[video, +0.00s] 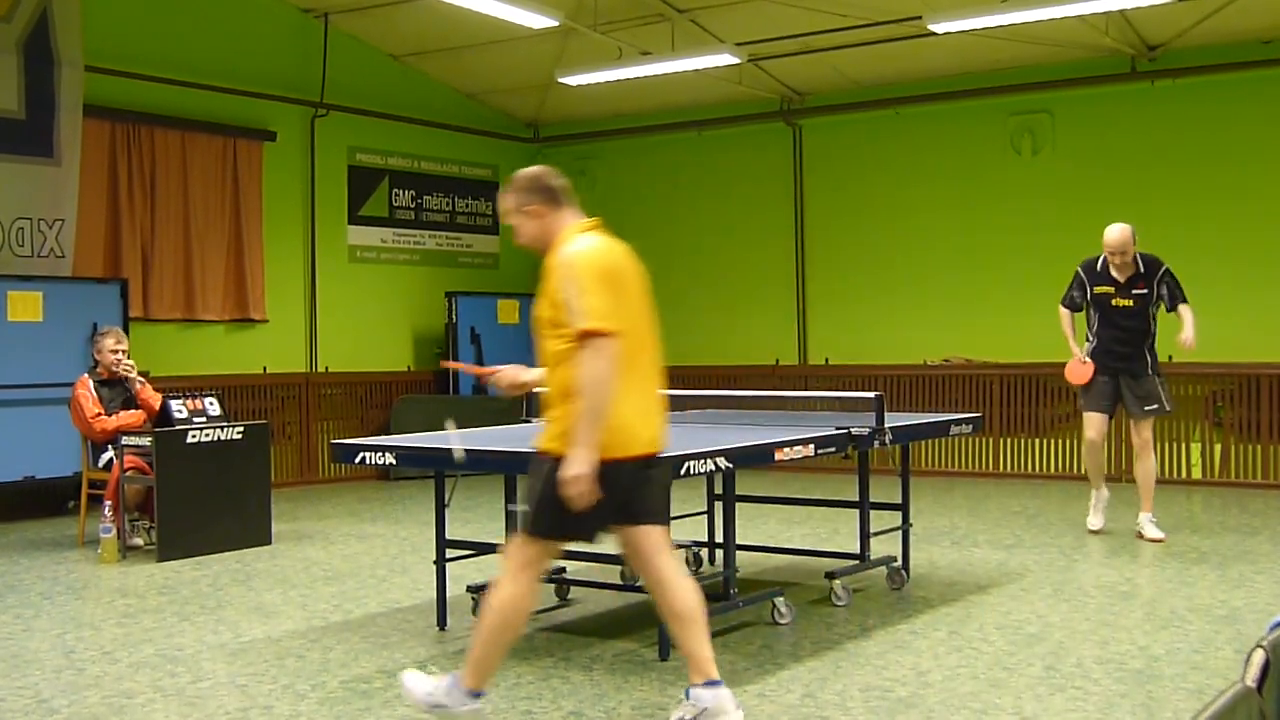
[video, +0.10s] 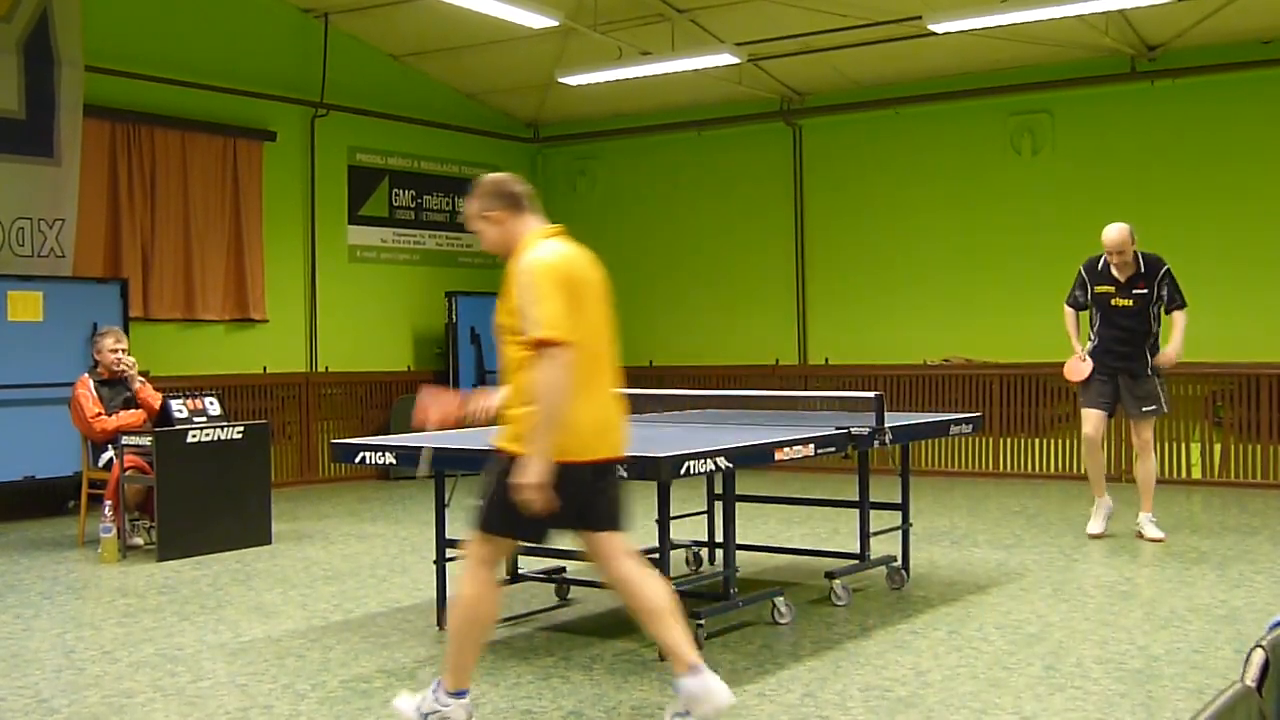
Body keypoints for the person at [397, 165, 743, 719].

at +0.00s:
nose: (514, 235)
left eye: (513, 221)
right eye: (510, 223)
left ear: (538, 209)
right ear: (552, 207)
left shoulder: (576, 255)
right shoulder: (611, 251)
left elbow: (600, 351)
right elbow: (613, 360)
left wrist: (584, 449)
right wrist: (533, 377)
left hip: (580, 449)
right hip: (634, 446)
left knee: (521, 566)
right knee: (658, 562)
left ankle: (466, 686)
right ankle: (709, 687)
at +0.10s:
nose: (479, 241)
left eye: (478, 228)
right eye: (475, 230)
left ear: (502, 216)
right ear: (522, 211)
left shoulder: (538, 262)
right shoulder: (575, 256)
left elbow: (554, 359)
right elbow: (570, 362)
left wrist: (539, 456)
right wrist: (500, 398)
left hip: (540, 449)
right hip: (593, 447)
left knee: (481, 556)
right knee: (616, 555)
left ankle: (451, 693)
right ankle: (696, 677)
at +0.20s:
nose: (429, 238)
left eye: (427, 226)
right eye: (426, 227)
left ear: (444, 215)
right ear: (477, 207)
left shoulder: (481, 261)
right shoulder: (529, 256)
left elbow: (482, 357)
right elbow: (539, 355)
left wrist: (454, 440)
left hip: (489, 444)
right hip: (540, 443)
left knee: (442, 556)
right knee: (528, 554)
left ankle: (446, 693)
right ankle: (621, 641)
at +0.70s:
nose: (338, 233)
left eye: (338, 226)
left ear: (344, 224)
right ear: (393, 223)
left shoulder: (335, 268)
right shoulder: (438, 278)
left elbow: (305, 342)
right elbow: (470, 356)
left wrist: (302, 407)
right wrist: (452, 428)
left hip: (355, 434)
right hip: (411, 434)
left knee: (356, 549)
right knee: (368, 545)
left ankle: (418, 661)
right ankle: (343, 656)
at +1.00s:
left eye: (317, 213)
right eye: (363, 213)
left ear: (313, 215)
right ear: (364, 216)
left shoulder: (280, 261)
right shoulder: (393, 265)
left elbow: (241, 328)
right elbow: (427, 341)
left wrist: (277, 364)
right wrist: (412, 398)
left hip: (296, 420)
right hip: (364, 422)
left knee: (289, 521)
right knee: (353, 530)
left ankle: (269, 639)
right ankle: (344, 655)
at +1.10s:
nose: (356, 226)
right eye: (358, 220)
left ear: (307, 220)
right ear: (355, 221)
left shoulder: (269, 264)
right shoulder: (379, 267)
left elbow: (235, 334)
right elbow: (413, 342)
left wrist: (283, 354)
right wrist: (404, 395)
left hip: (286, 422)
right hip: (350, 423)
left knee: (283, 518)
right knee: (348, 528)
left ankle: (256, 629)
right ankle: (343, 654)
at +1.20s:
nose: (349, 243)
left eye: (347, 238)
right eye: (350, 238)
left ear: (297, 231)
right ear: (343, 236)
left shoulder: (257, 269)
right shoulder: (351, 274)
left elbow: (239, 339)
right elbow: (379, 348)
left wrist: (278, 367)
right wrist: (391, 393)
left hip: (267, 426)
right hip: (325, 428)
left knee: (278, 520)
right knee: (335, 531)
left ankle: (243, 629)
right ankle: (336, 652)